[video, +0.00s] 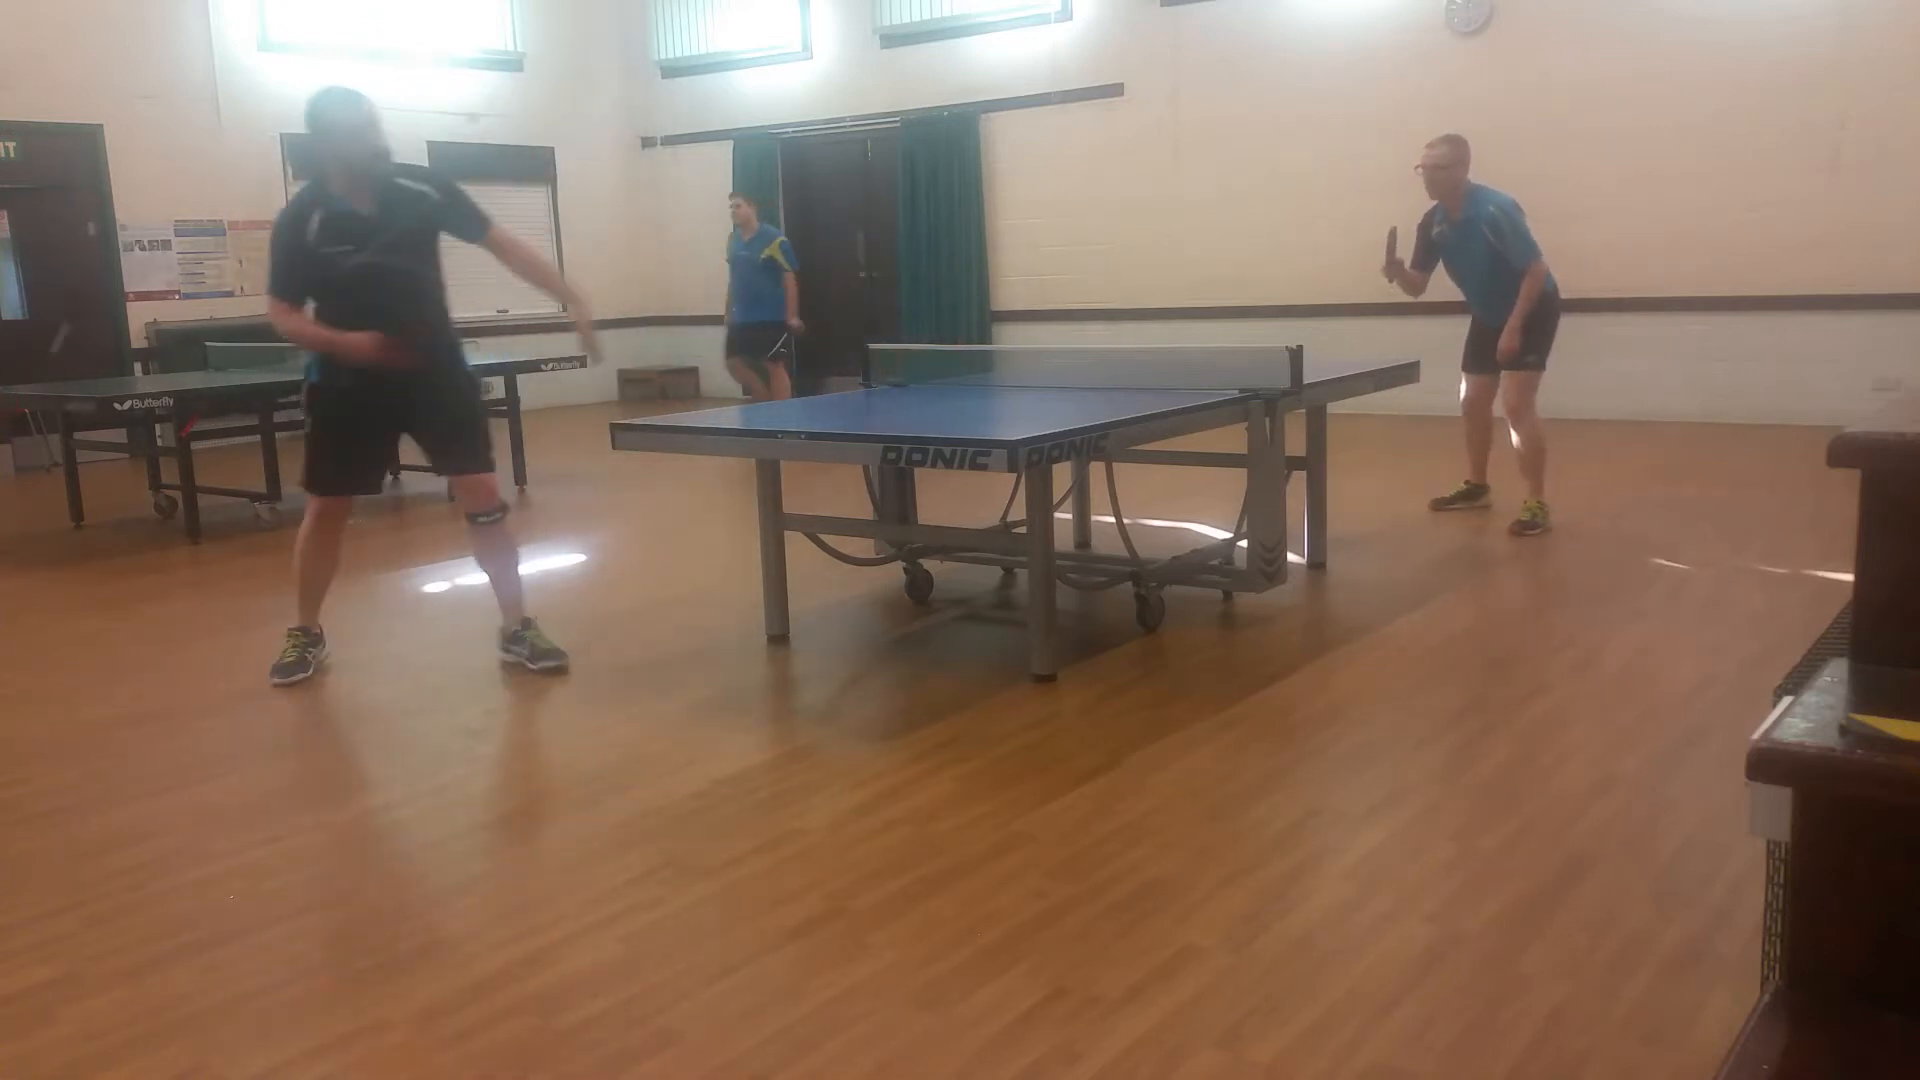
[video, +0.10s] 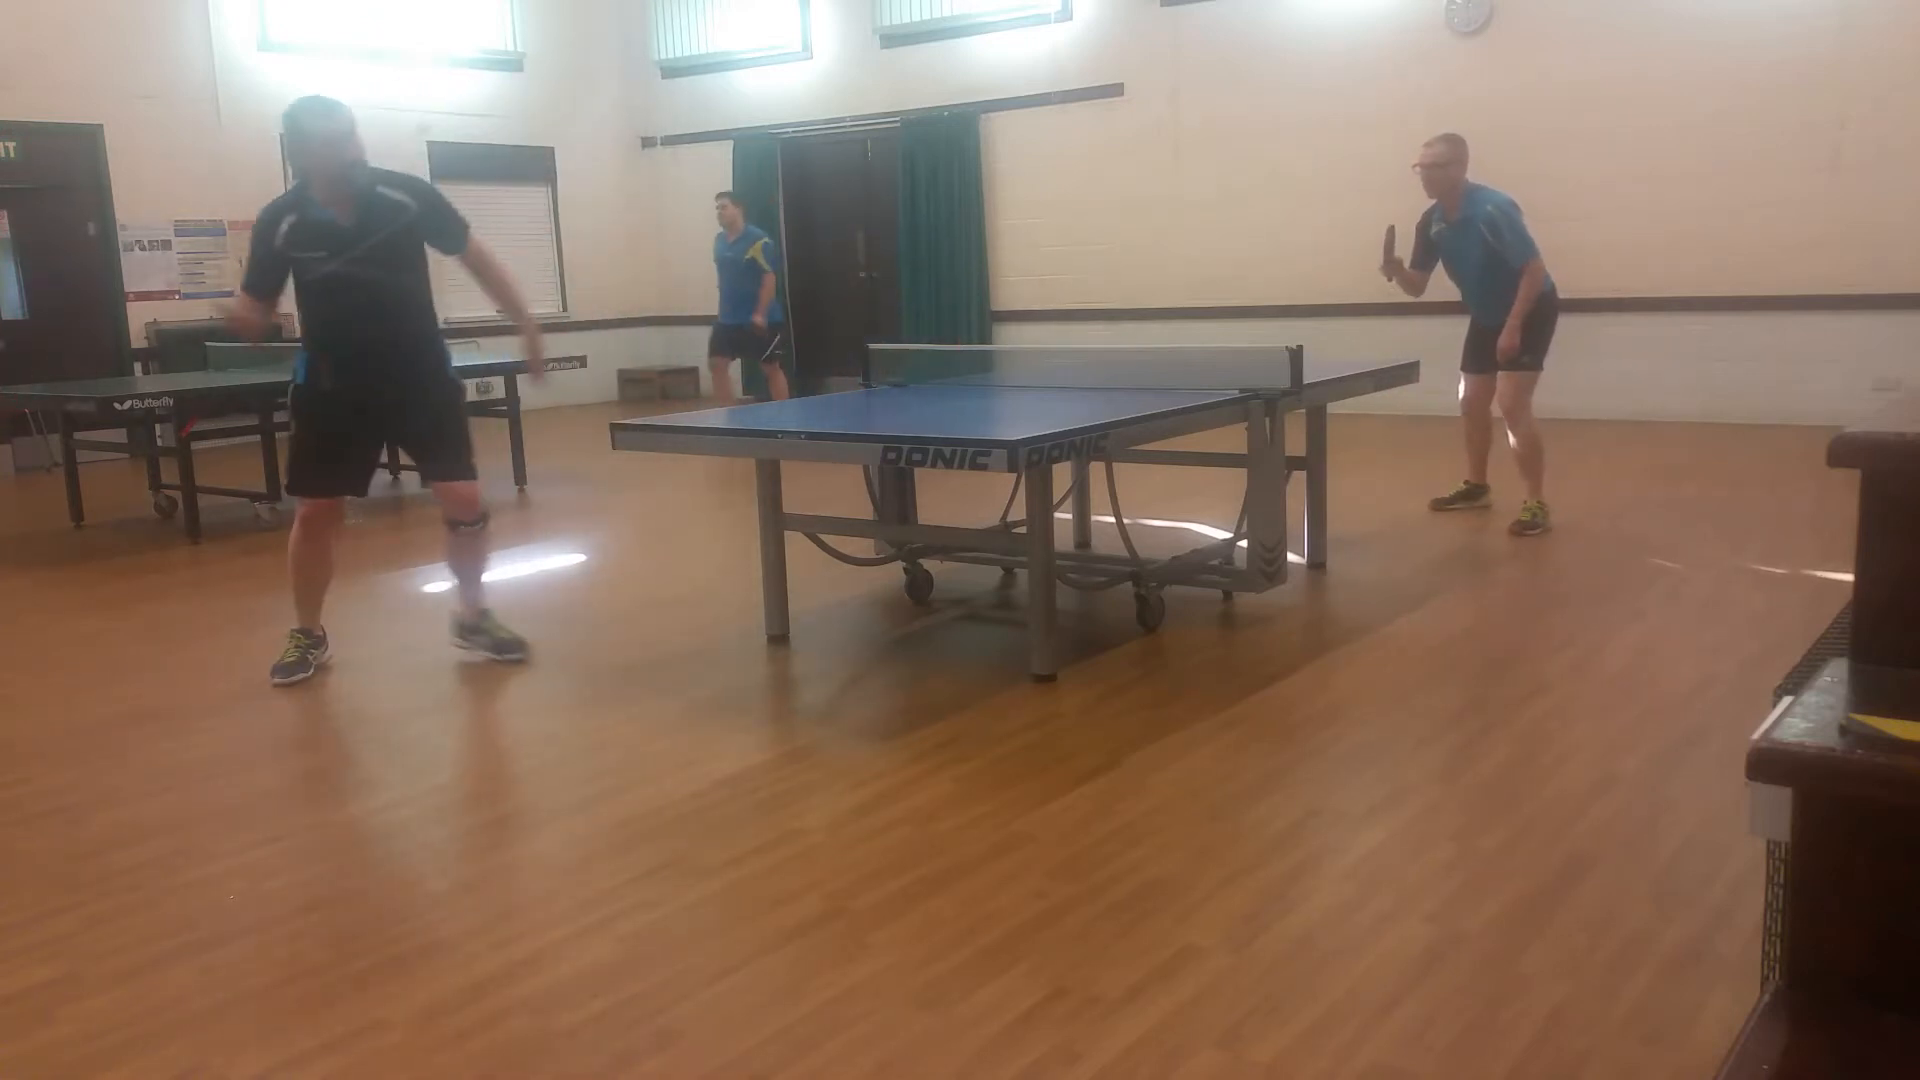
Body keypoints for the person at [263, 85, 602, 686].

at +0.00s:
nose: (370, 141)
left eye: (372, 128)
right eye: (353, 133)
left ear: (381, 131)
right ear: (322, 145)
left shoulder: (424, 193)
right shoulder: (299, 220)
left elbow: (502, 243)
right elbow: (283, 314)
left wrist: (572, 296)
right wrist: (350, 342)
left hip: (434, 374)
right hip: (347, 386)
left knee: (479, 491)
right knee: (326, 507)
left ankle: (518, 628)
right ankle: (305, 632)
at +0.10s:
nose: (351, 150)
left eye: (352, 136)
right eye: (332, 143)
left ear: (359, 137)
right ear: (297, 154)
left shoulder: (410, 197)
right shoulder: (280, 221)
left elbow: (476, 257)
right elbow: (256, 313)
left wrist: (527, 325)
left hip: (420, 378)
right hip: (334, 389)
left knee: (464, 499)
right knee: (315, 510)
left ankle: (472, 615)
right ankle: (307, 633)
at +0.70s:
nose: (517, 235)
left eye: (517, 222)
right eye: (511, 221)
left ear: (473, 216)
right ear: (474, 218)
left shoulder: (449, 262)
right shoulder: (410, 266)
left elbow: (421, 365)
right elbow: (391, 379)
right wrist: (481, 427)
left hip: (416, 407)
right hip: (363, 415)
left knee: (490, 511)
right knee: (391, 556)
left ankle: (447, 625)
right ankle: (293, 614)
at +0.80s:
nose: (529, 205)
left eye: (529, 192)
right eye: (522, 191)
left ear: (483, 190)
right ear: (481, 187)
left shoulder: (468, 242)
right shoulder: (425, 241)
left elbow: (438, 348)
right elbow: (405, 357)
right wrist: (507, 404)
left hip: (433, 390)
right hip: (385, 396)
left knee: (497, 514)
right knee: (452, 526)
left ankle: (447, 626)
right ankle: (353, 603)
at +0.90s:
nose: (535, 190)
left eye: (537, 178)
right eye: (529, 177)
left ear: (493, 172)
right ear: (491, 171)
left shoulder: (478, 224)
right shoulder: (437, 225)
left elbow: (460, 330)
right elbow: (427, 344)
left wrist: (535, 376)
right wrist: (527, 371)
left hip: (450, 378)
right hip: (410, 383)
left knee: (509, 506)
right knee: (495, 500)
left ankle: (453, 621)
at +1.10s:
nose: (562, 155)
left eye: (561, 142)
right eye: (554, 142)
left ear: (513, 144)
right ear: (516, 143)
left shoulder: (496, 206)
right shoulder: (474, 207)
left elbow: (506, 319)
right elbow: (486, 327)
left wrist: (591, 337)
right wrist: (593, 342)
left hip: (480, 383)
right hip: (460, 389)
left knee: (498, 517)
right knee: (558, 512)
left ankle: (453, 625)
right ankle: (544, 680)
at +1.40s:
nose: (592, 132)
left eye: (592, 117)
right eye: (585, 115)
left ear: (539, 112)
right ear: (542, 109)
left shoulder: (507, 167)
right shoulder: (505, 167)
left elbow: (515, 288)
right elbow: (503, 289)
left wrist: (597, 337)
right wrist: (598, 338)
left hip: (471, 361)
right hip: (484, 364)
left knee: (508, 515)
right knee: (573, 506)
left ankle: (441, 670)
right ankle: (568, 686)